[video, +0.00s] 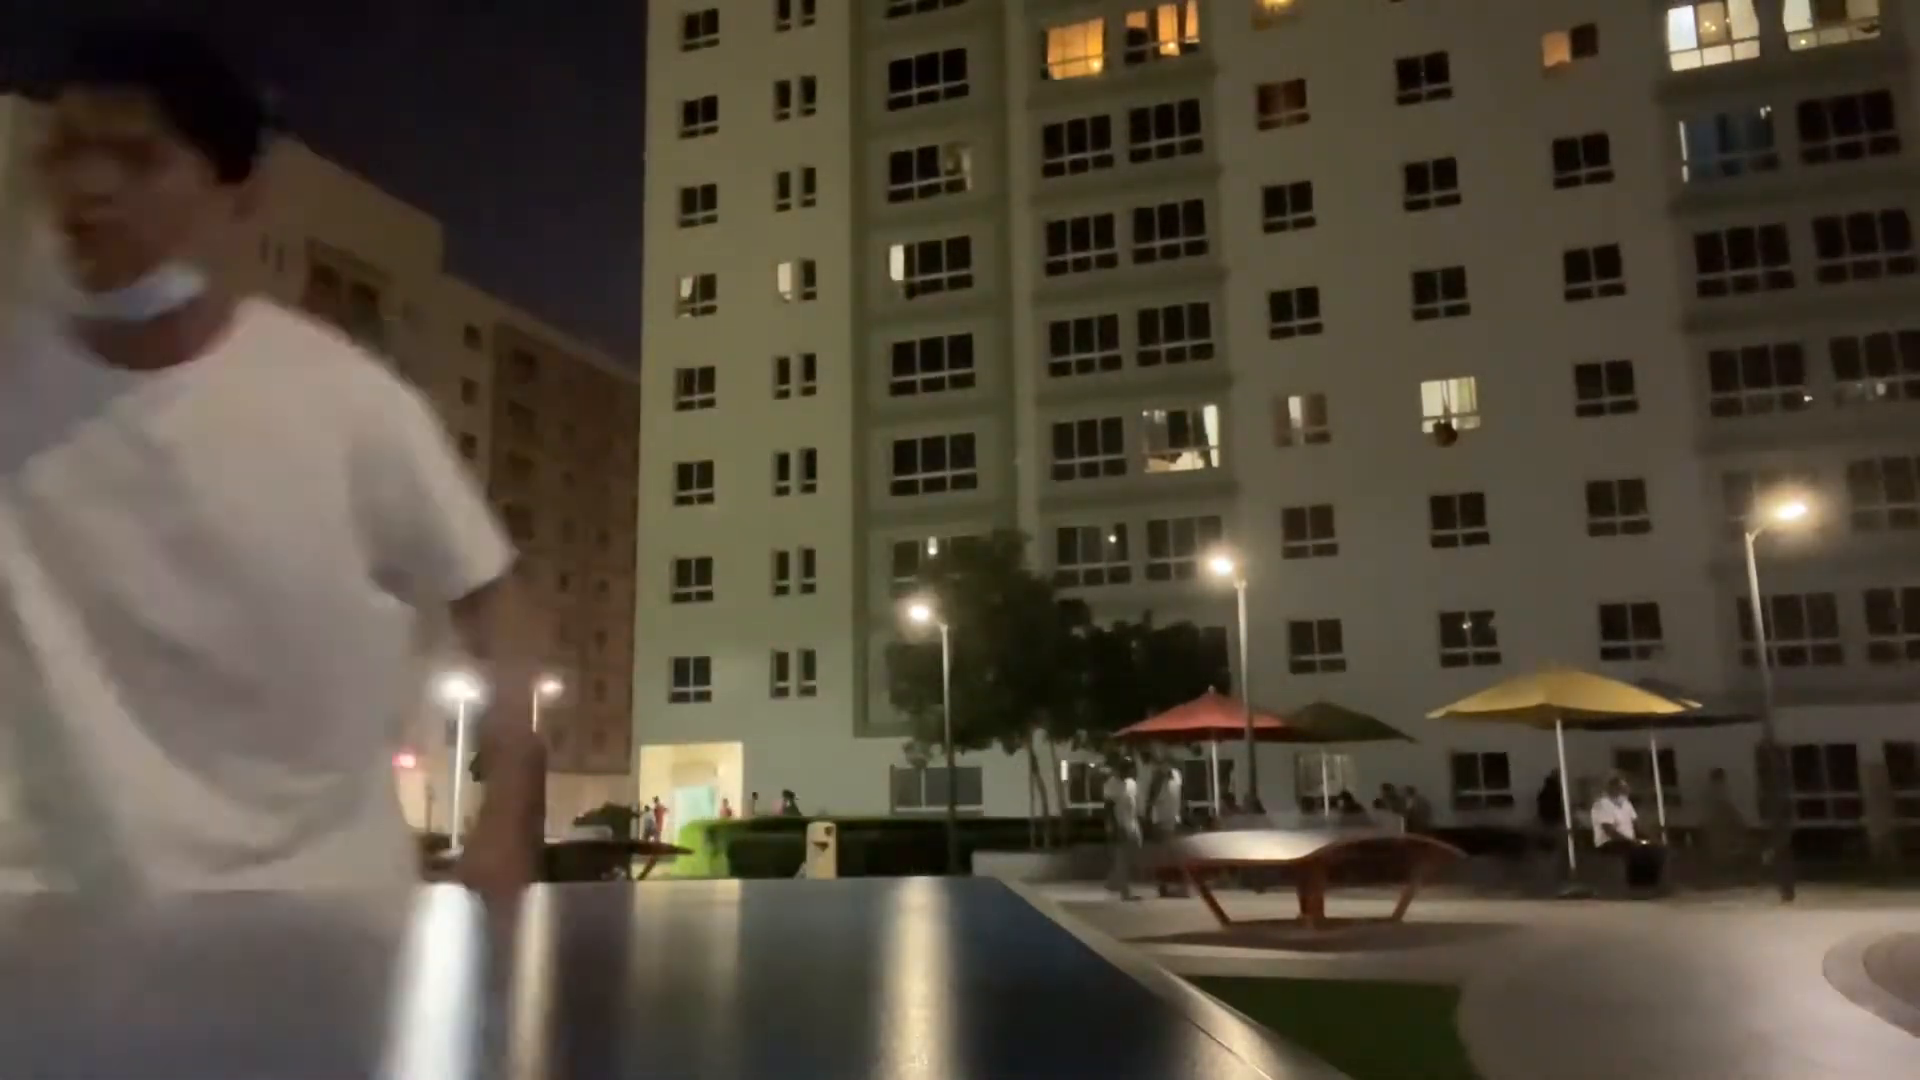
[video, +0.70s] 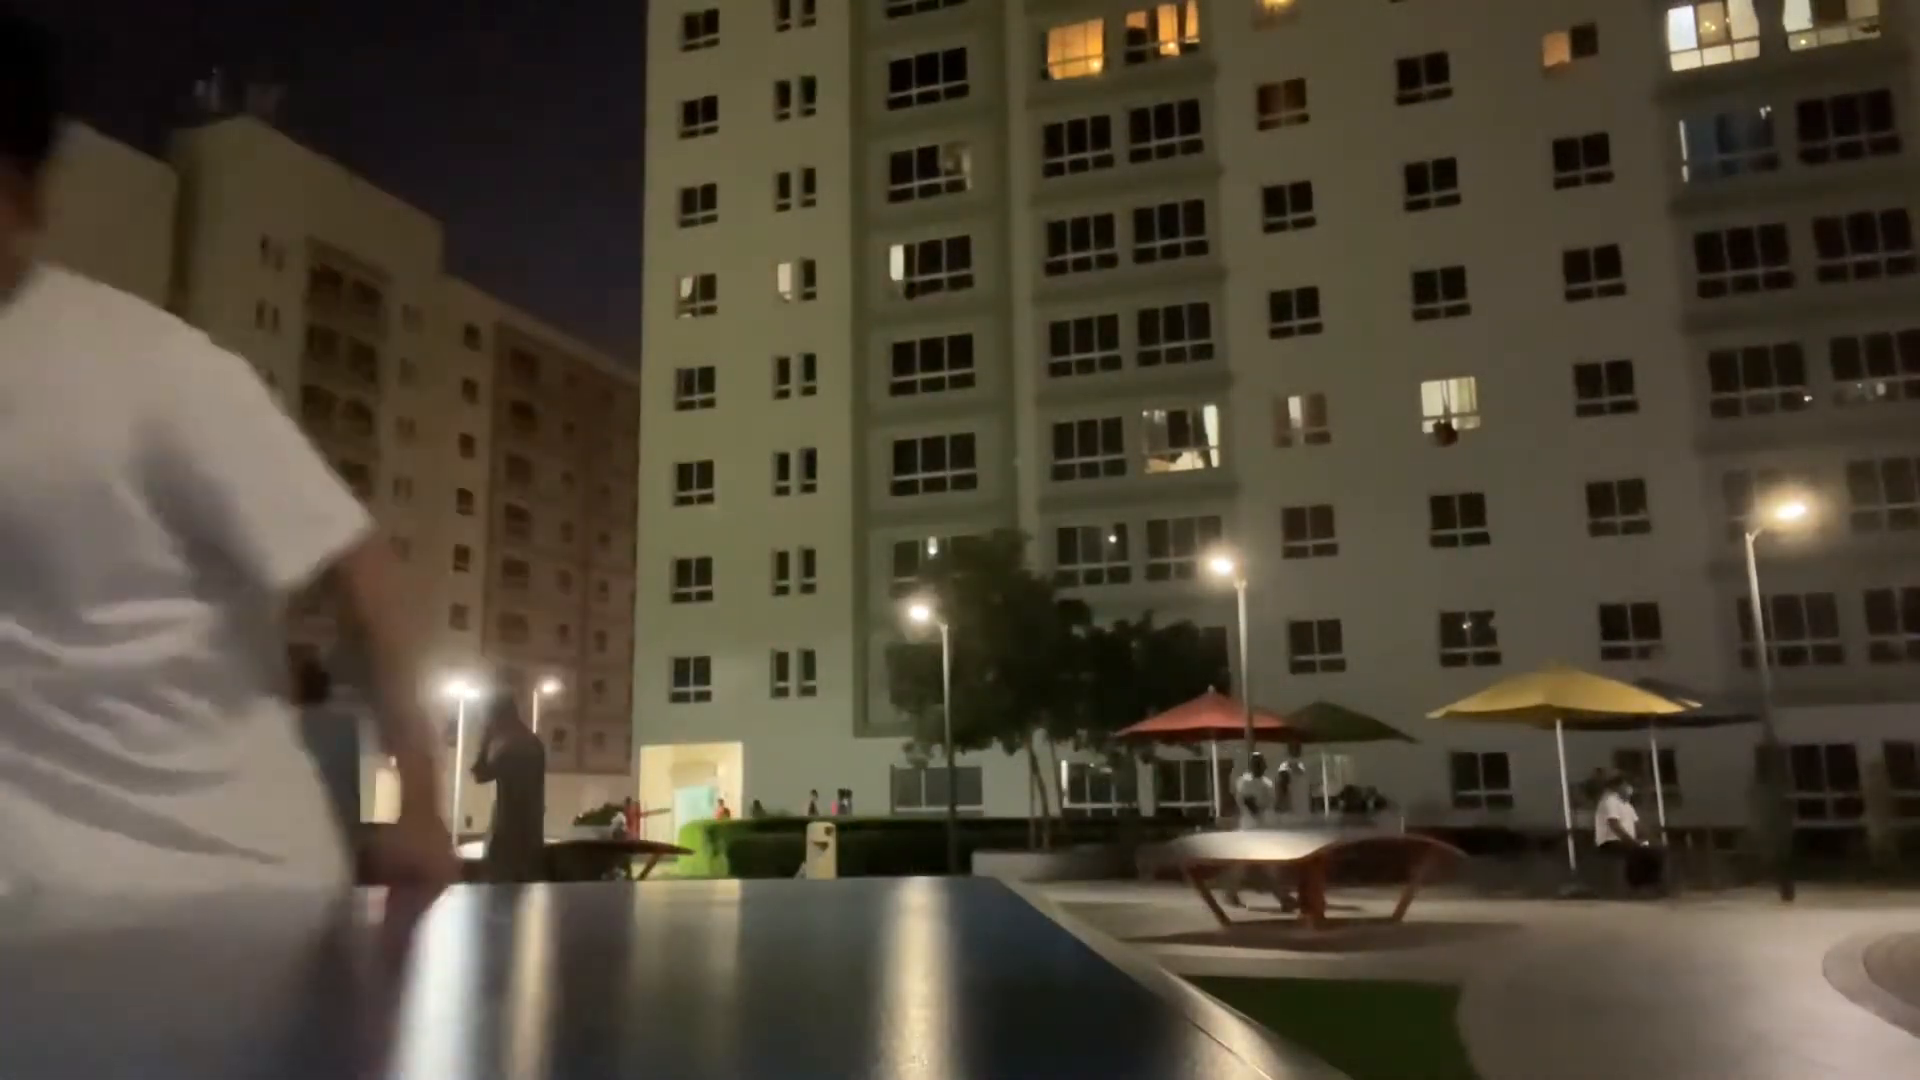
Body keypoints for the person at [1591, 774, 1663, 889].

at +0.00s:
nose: (1625, 789)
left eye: (1625, 785)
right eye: (1622, 786)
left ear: (1626, 788)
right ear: (1613, 787)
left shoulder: (1624, 801)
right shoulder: (1602, 804)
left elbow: (1634, 822)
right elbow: (1608, 829)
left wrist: (1646, 836)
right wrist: (1632, 841)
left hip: (1628, 840)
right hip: (1609, 842)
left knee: (1655, 850)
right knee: (1638, 853)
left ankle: (1651, 887)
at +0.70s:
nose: (1631, 790)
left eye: (1631, 787)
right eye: (1627, 786)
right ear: (1619, 786)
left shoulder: (1626, 803)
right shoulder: (1610, 799)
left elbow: (1636, 822)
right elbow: (1613, 822)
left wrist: (1647, 835)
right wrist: (1633, 841)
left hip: (1627, 841)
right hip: (1611, 843)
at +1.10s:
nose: (1627, 789)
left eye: (1628, 786)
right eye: (1624, 786)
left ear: (1630, 789)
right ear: (1616, 787)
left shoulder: (1625, 803)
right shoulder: (1608, 800)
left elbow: (1637, 821)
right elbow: (1610, 823)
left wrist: (1651, 834)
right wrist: (1629, 841)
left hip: (1628, 840)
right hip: (1609, 842)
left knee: (1654, 850)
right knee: (1640, 853)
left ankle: (1652, 886)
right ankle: (1639, 888)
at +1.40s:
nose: (1628, 790)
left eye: (1628, 787)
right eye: (1624, 787)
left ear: (1629, 789)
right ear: (1615, 788)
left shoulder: (1626, 802)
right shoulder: (1607, 802)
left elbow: (1637, 821)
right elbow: (1610, 824)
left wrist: (1651, 835)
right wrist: (1631, 841)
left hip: (1628, 840)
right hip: (1609, 842)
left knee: (1654, 851)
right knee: (1638, 853)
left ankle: (1653, 886)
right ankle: (1637, 888)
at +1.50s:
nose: (1626, 791)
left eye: (1627, 787)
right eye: (1622, 787)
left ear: (1629, 790)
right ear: (1614, 789)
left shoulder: (1626, 803)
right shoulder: (1607, 802)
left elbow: (1637, 821)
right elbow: (1610, 824)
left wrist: (1650, 835)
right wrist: (1631, 841)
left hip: (1629, 840)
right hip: (1609, 842)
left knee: (1653, 851)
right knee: (1637, 853)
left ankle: (1653, 885)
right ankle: (1637, 887)